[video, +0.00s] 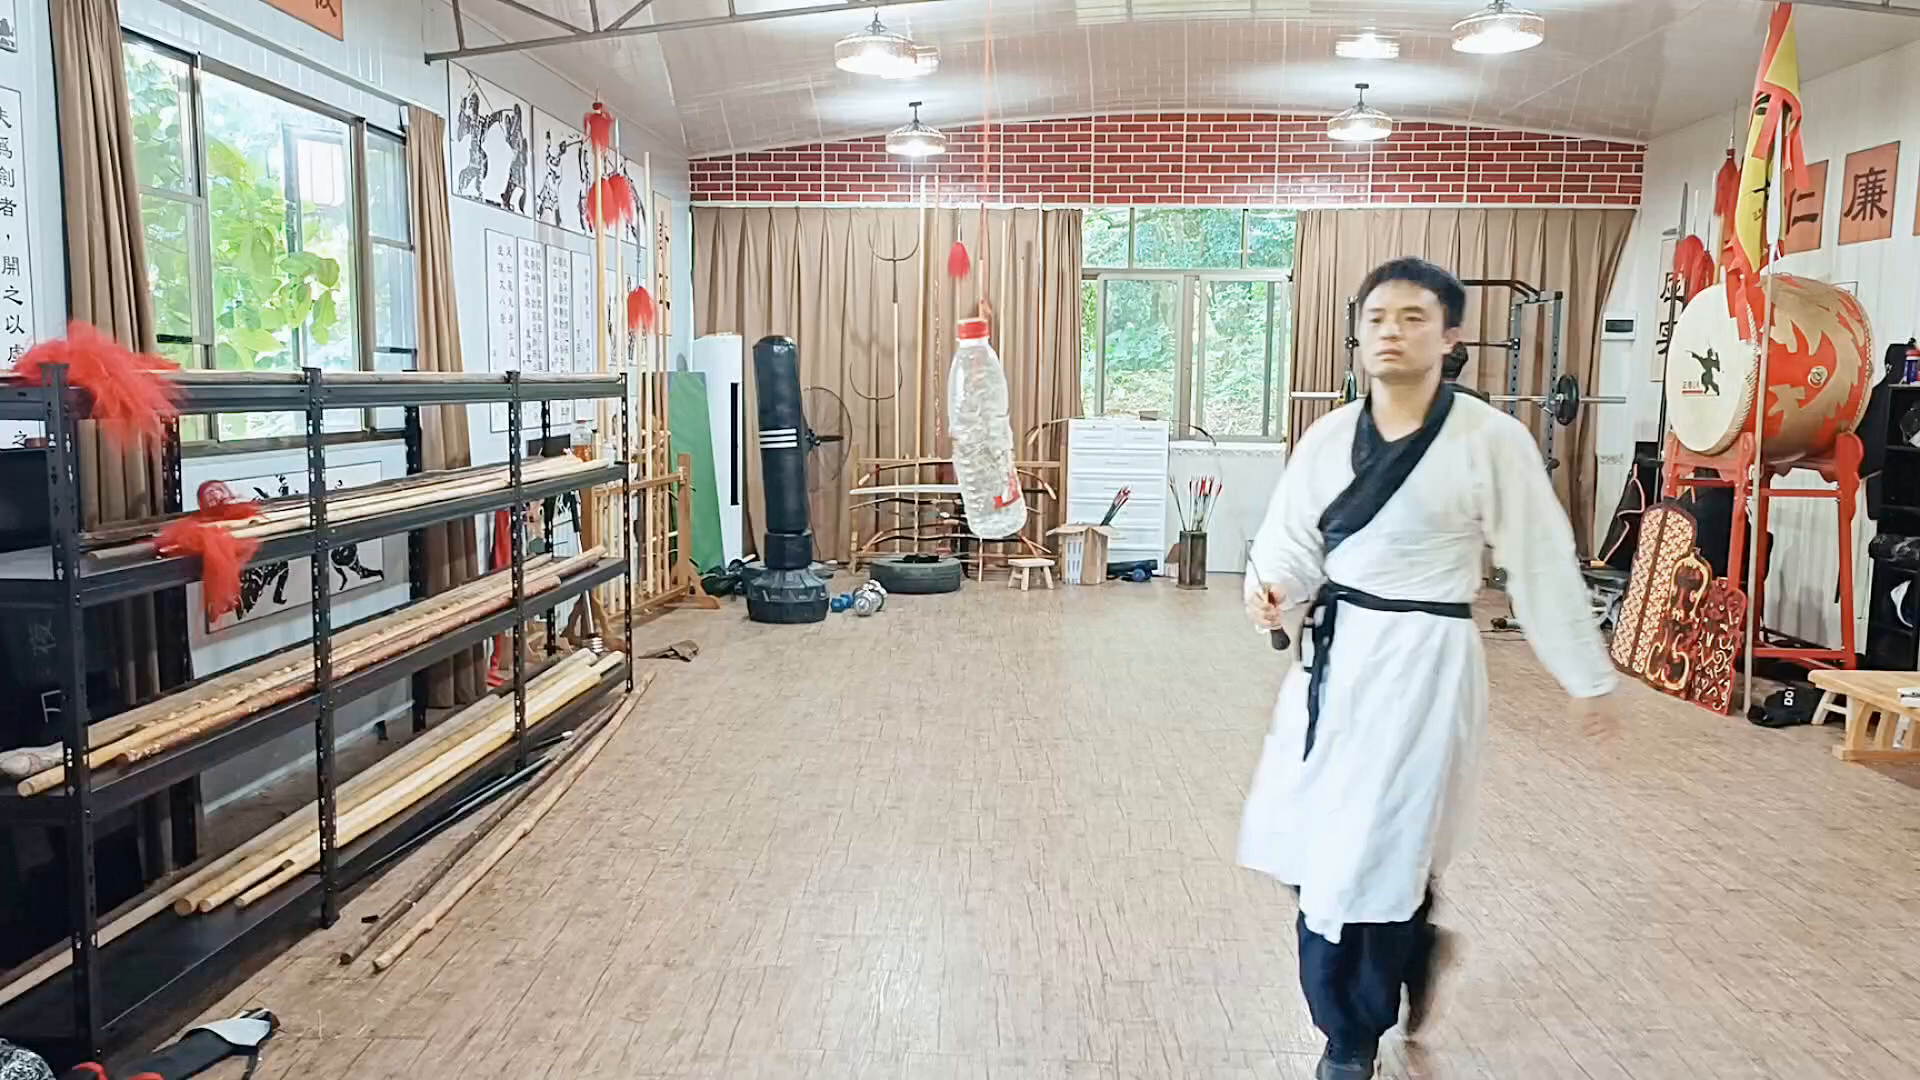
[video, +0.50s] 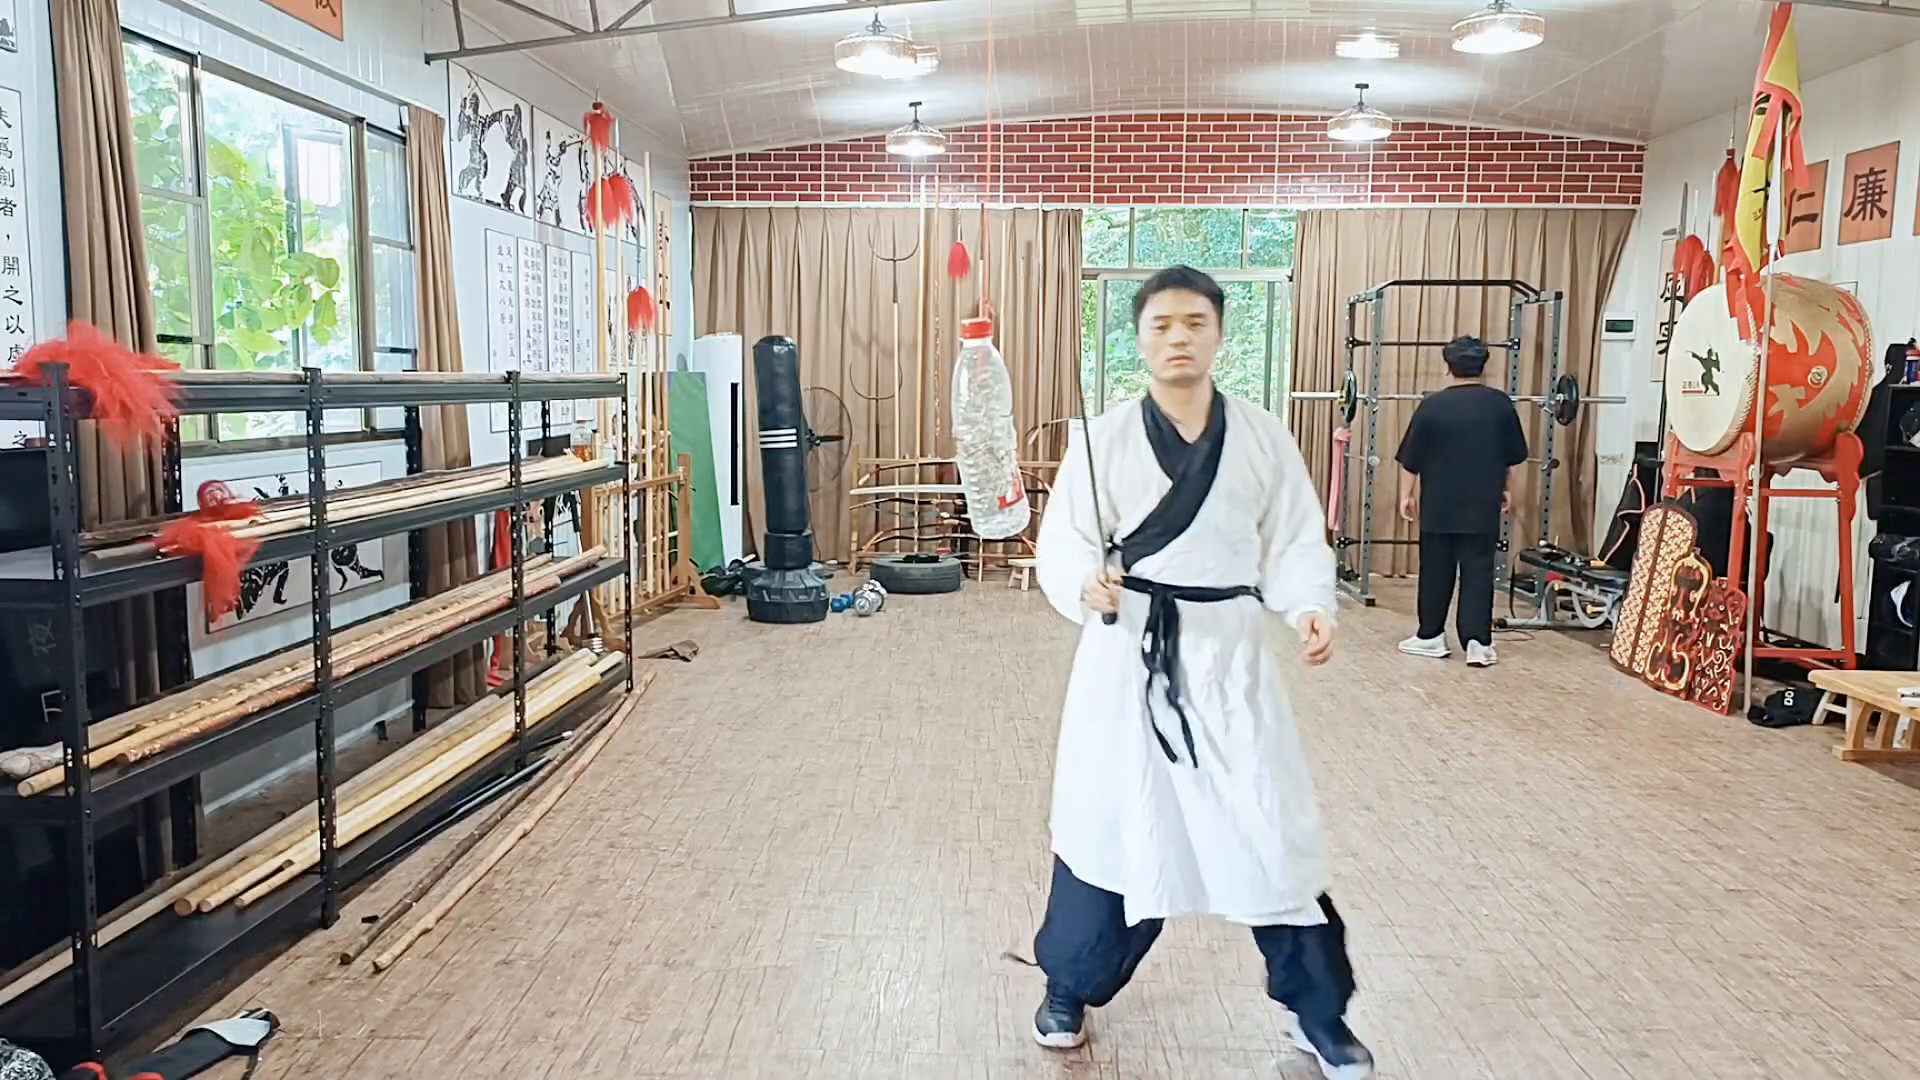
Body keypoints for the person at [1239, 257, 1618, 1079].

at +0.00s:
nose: (1389, 333)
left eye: (1412, 318)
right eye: (1376, 318)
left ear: (1450, 338)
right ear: (1357, 336)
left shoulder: (1492, 440)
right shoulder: (1328, 436)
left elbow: (1543, 564)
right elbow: (1289, 539)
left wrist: (1588, 677)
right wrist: (1273, 584)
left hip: (1423, 655)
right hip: (1333, 648)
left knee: (1358, 856)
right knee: (1309, 836)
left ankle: (1349, 1045)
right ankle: (1416, 944)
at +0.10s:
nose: (1356, 328)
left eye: (1378, 313)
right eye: (1342, 313)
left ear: (1414, 331)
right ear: (1323, 330)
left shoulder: (1453, 434)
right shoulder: (1293, 427)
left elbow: (1491, 564)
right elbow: (1246, 526)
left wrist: (1512, 686)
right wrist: (1246, 579)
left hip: (1390, 655)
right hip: (1294, 646)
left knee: (1354, 857)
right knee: (1224, 832)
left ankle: (1350, 1044)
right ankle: (1303, 954)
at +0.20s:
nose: (1318, 329)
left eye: (1337, 314)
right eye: (1303, 315)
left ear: (1370, 332)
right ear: (1285, 331)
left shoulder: (1416, 434)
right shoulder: (1248, 431)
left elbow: (1448, 551)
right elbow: (1204, 525)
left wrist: (1436, 653)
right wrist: (1198, 581)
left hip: (1358, 650)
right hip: (1256, 644)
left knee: (1346, 836)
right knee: (1212, 805)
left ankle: (1351, 1034)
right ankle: (1189, 958)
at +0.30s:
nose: (1277, 337)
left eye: (1296, 322)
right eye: (1261, 323)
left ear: (1327, 339)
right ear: (1241, 340)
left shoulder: (1371, 442)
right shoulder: (1199, 439)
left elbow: (1409, 546)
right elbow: (1150, 532)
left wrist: (1382, 615)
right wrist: (1157, 591)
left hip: (1325, 660)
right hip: (1218, 654)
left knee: (1331, 847)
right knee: (1185, 833)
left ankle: (1349, 1039)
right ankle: (1089, 979)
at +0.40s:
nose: (1228, 343)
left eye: (1245, 328)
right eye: (1212, 328)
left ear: (1270, 345)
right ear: (1187, 344)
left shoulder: (1311, 448)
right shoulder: (1146, 445)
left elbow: (1354, 546)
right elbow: (1097, 545)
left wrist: (1345, 600)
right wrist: (1116, 594)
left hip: (1274, 671)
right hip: (1164, 666)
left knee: (1304, 853)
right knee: (1137, 841)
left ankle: (1346, 1033)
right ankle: (1070, 984)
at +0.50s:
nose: (1179, 338)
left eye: (1195, 323)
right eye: (1162, 325)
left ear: (1220, 338)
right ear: (1139, 343)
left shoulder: (1264, 437)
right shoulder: (1097, 441)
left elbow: (1298, 540)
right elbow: (1060, 543)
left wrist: (1309, 603)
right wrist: (1084, 583)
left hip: (1235, 662)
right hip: (1126, 662)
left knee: (1277, 837)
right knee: (1112, 832)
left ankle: (1321, 1017)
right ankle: (1069, 988)